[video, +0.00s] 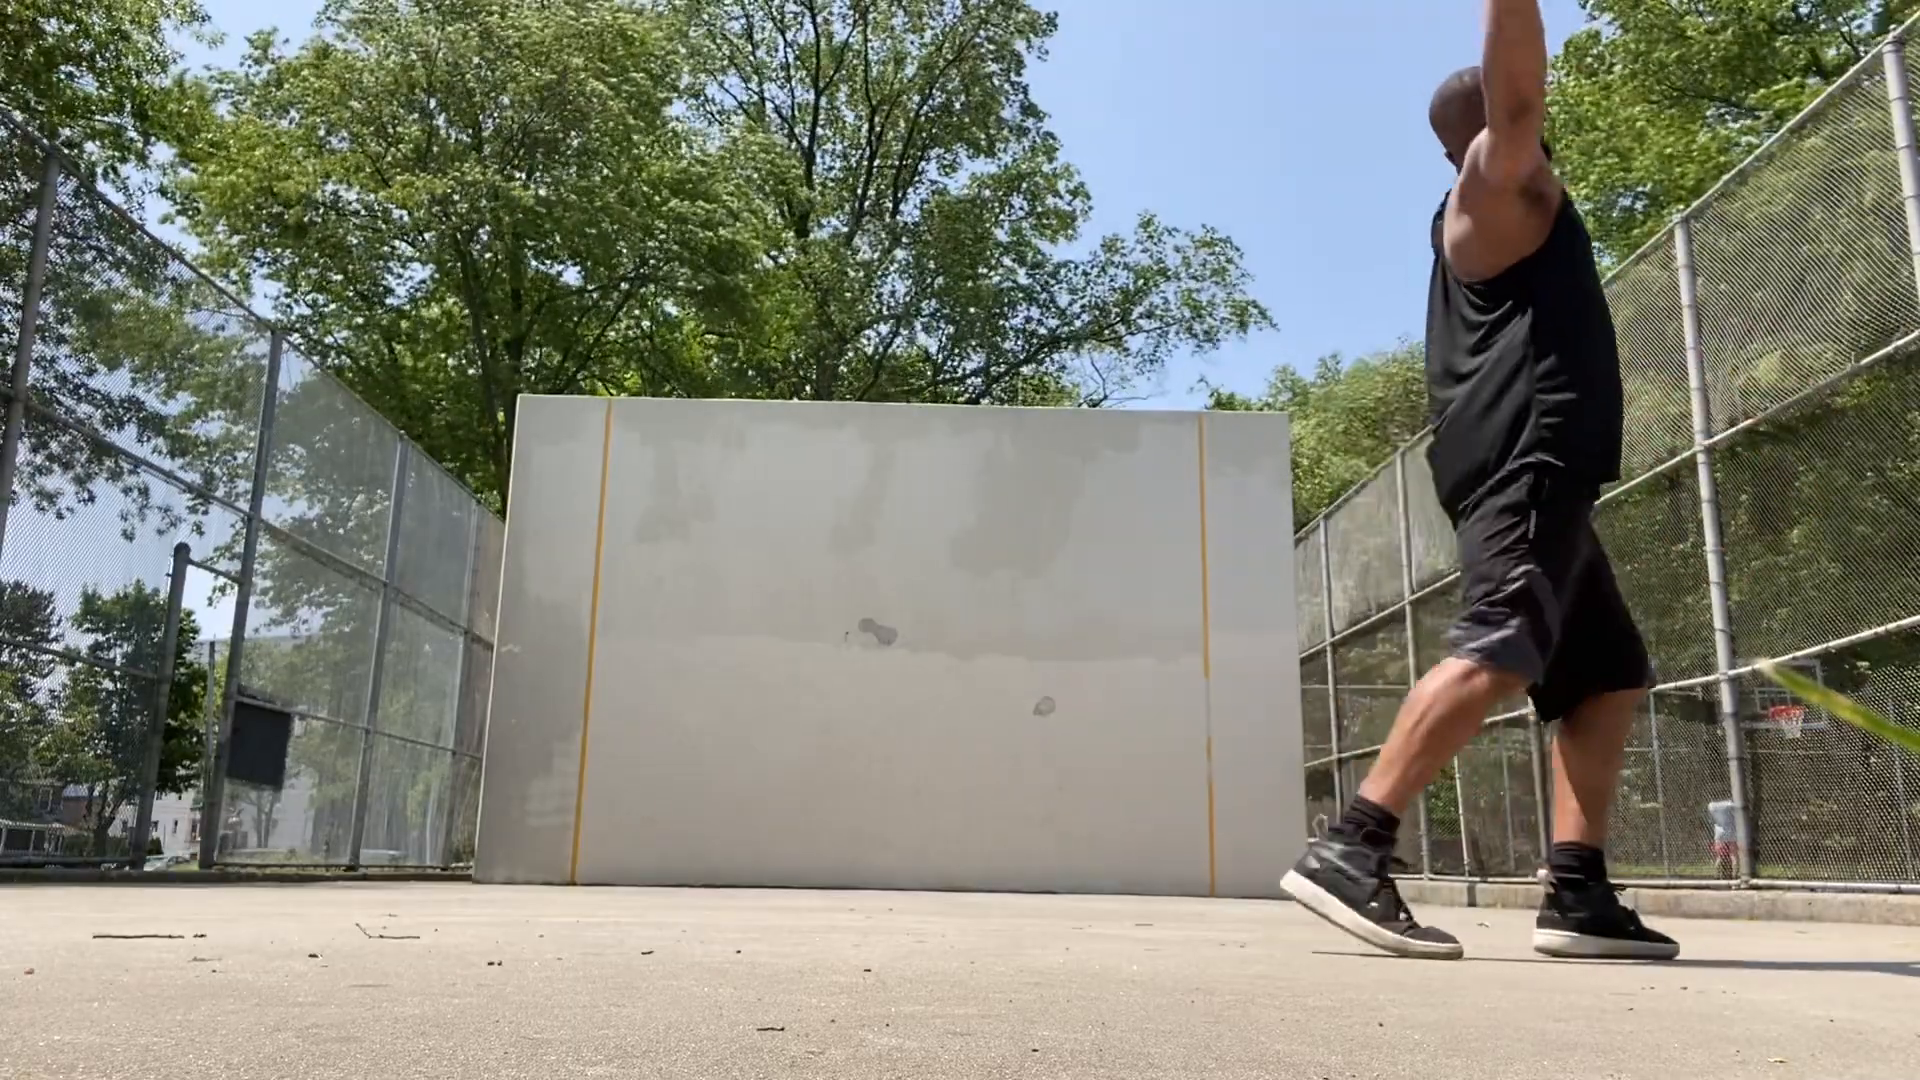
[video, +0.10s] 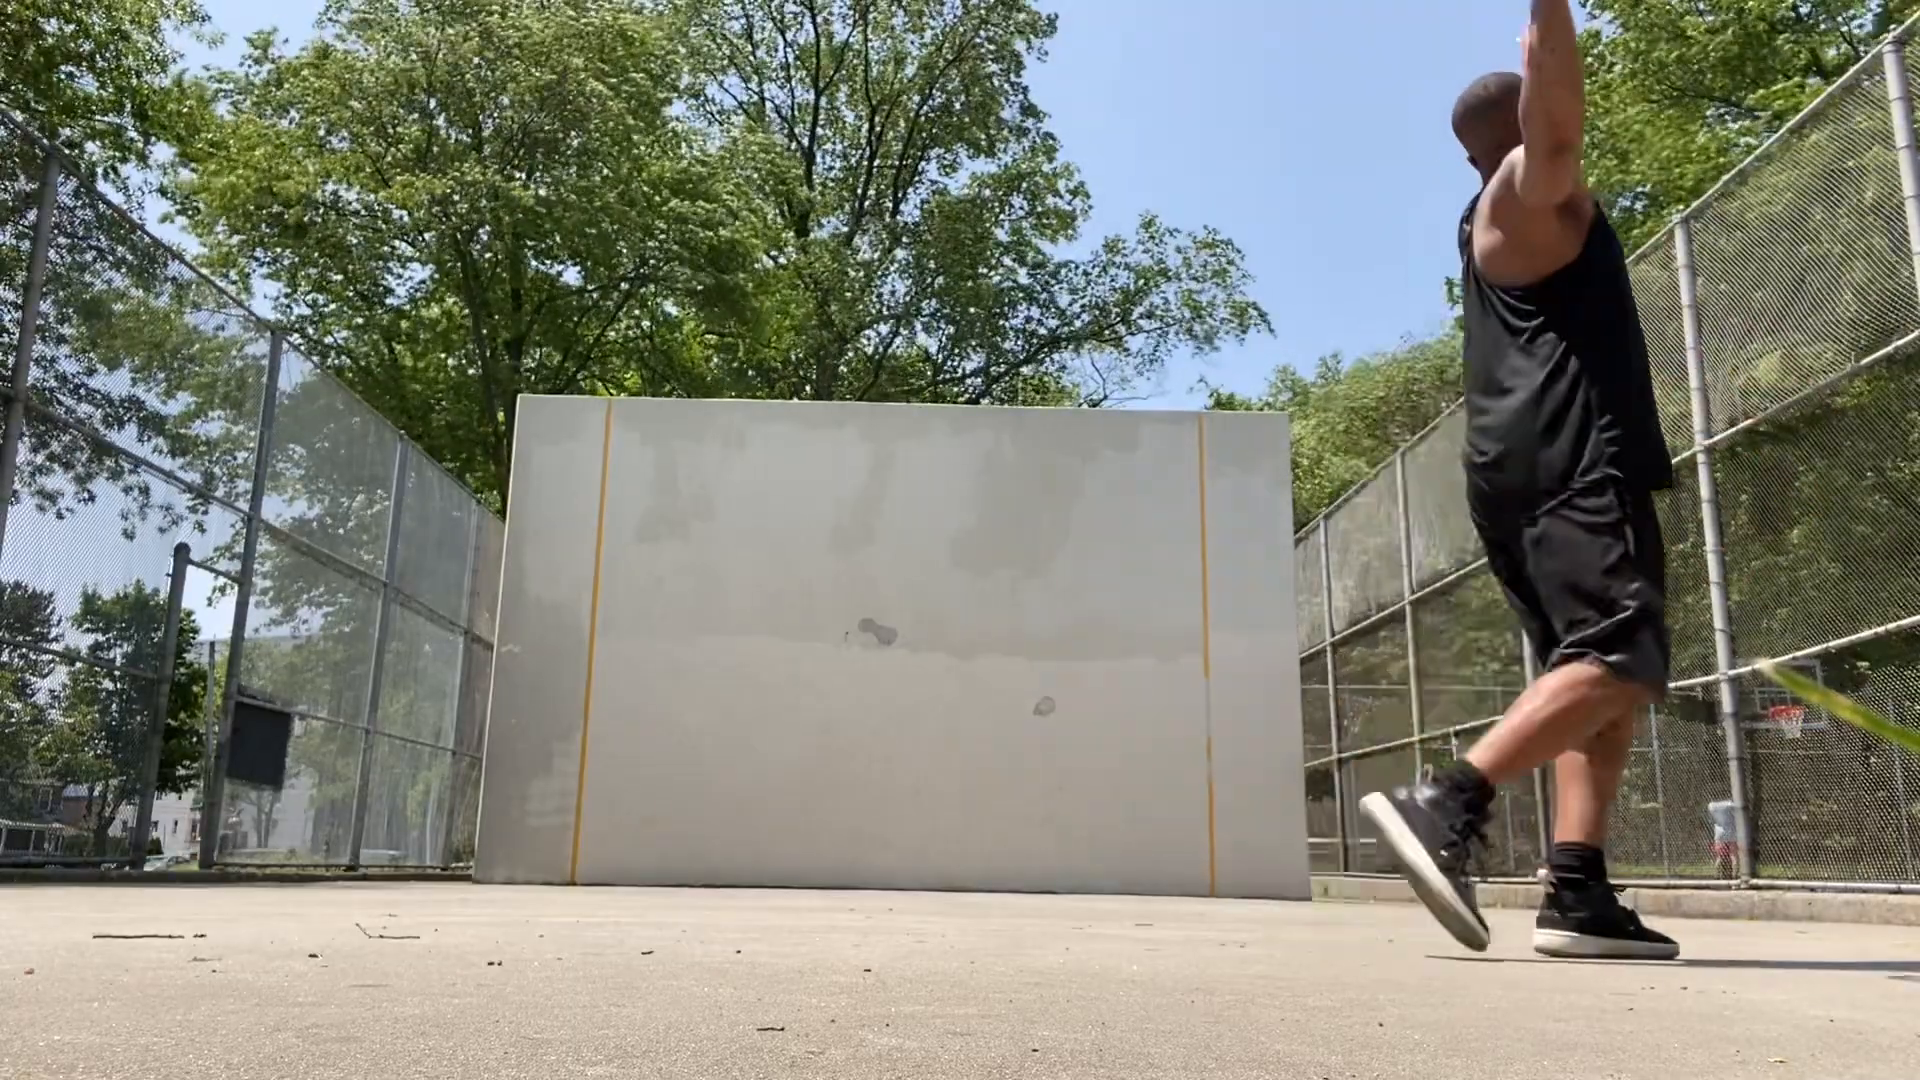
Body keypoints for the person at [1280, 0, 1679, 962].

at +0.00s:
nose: (1535, 118)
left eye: (1529, 108)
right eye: (1520, 109)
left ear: (1454, 140)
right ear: (1496, 123)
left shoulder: (1476, 215)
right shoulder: (1501, 181)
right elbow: (1517, 87)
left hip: (1515, 467)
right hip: (1520, 460)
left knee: (1606, 672)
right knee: (1498, 650)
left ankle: (1577, 893)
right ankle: (1352, 848)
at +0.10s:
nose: (1563, 122)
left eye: (1557, 113)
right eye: (1549, 115)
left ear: (1478, 144)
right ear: (1528, 126)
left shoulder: (1490, 219)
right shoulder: (1531, 191)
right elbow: (1554, 126)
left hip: (1515, 465)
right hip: (1566, 458)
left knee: (1596, 672)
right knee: (1621, 658)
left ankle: (1578, 892)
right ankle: (1447, 803)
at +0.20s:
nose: (1587, 115)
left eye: (1579, 101)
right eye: (1572, 105)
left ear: (1503, 153)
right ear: (1558, 135)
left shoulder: (1513, 227)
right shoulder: (1561, 198)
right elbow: (1588, 179)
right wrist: (1589, 39)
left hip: (1531, 472)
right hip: (1615, 455)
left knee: (1593, 684)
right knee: (1719, 657)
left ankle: (1582, 901)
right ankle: (1583, 798)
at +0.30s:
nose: (1627, 144)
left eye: (1622, 135)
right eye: (1613, 134)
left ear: (1537, 169)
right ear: (1601, 146)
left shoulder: (1548, 246)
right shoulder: (1592, 217)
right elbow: (1635, 189)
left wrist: (1606, 99)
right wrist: (1615, 89)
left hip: (1569, 490)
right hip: (1664, 474)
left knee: (1631, 687)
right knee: (1768, 662)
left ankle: (1577, 877)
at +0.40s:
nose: (1654, 165)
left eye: (1641, 157)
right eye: (1638, 158)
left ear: (1563, 200)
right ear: (1630, 172)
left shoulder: (1560, 282)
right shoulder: (1633, 238)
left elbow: (1511, 374)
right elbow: (1703, 230)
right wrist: (1645, 116)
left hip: (1610, 520)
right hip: (1714, 498)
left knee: (1651, 708)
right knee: (1820, 692)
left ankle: (1585, 855)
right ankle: (1858, 899)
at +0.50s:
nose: (1619, 182)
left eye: (1608, 176)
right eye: (1609, 177)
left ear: (1550, 220)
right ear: (1601, 189)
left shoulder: (1547, 307)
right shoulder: (1667, 224)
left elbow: (1481, 418)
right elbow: (1810, 163)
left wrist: (1446, 545)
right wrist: (1695, 102)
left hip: (1654, 504)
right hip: (1764, 477)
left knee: (1671, 686)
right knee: (1839, 678)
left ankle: (1613, 846)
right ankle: (1863, 903)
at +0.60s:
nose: (1507, 246)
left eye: (1505, 235)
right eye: (1510, 231)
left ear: (1515, 233)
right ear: (1579, 201)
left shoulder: (1532, 299)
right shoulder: (1657, 215)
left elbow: (1550, 380)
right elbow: (1736, 158)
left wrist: (1523, 504)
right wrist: (1700, 70)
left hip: (1667, 454)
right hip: (1771, 408)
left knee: (1674, 655)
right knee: (1832, 629)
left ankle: (1703, 849)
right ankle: (1890, 861)